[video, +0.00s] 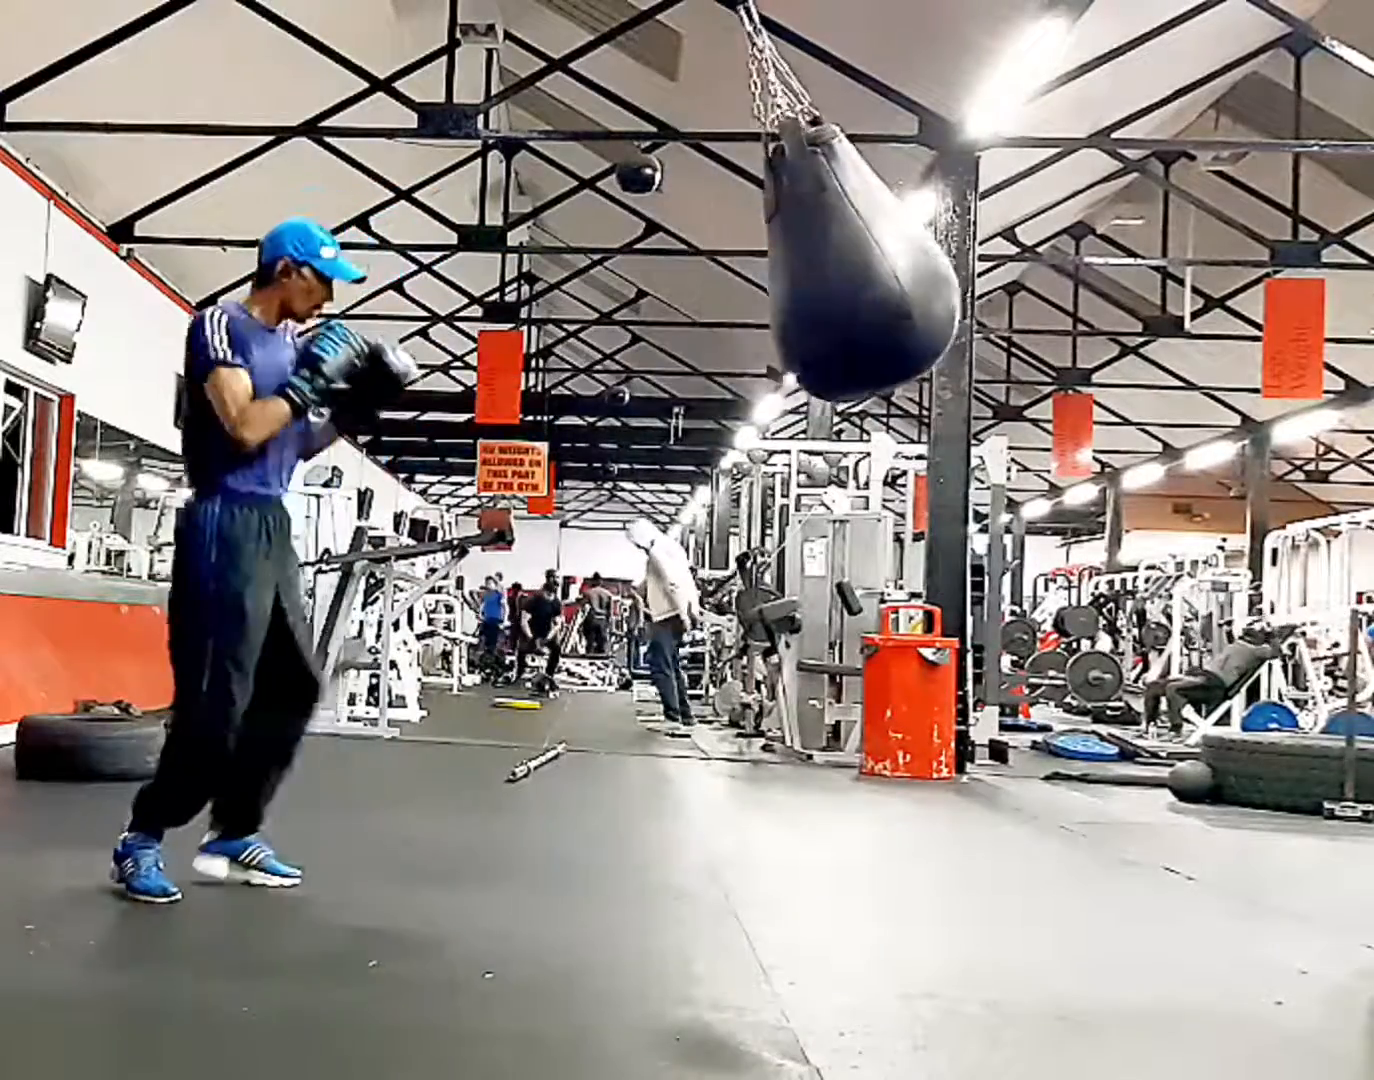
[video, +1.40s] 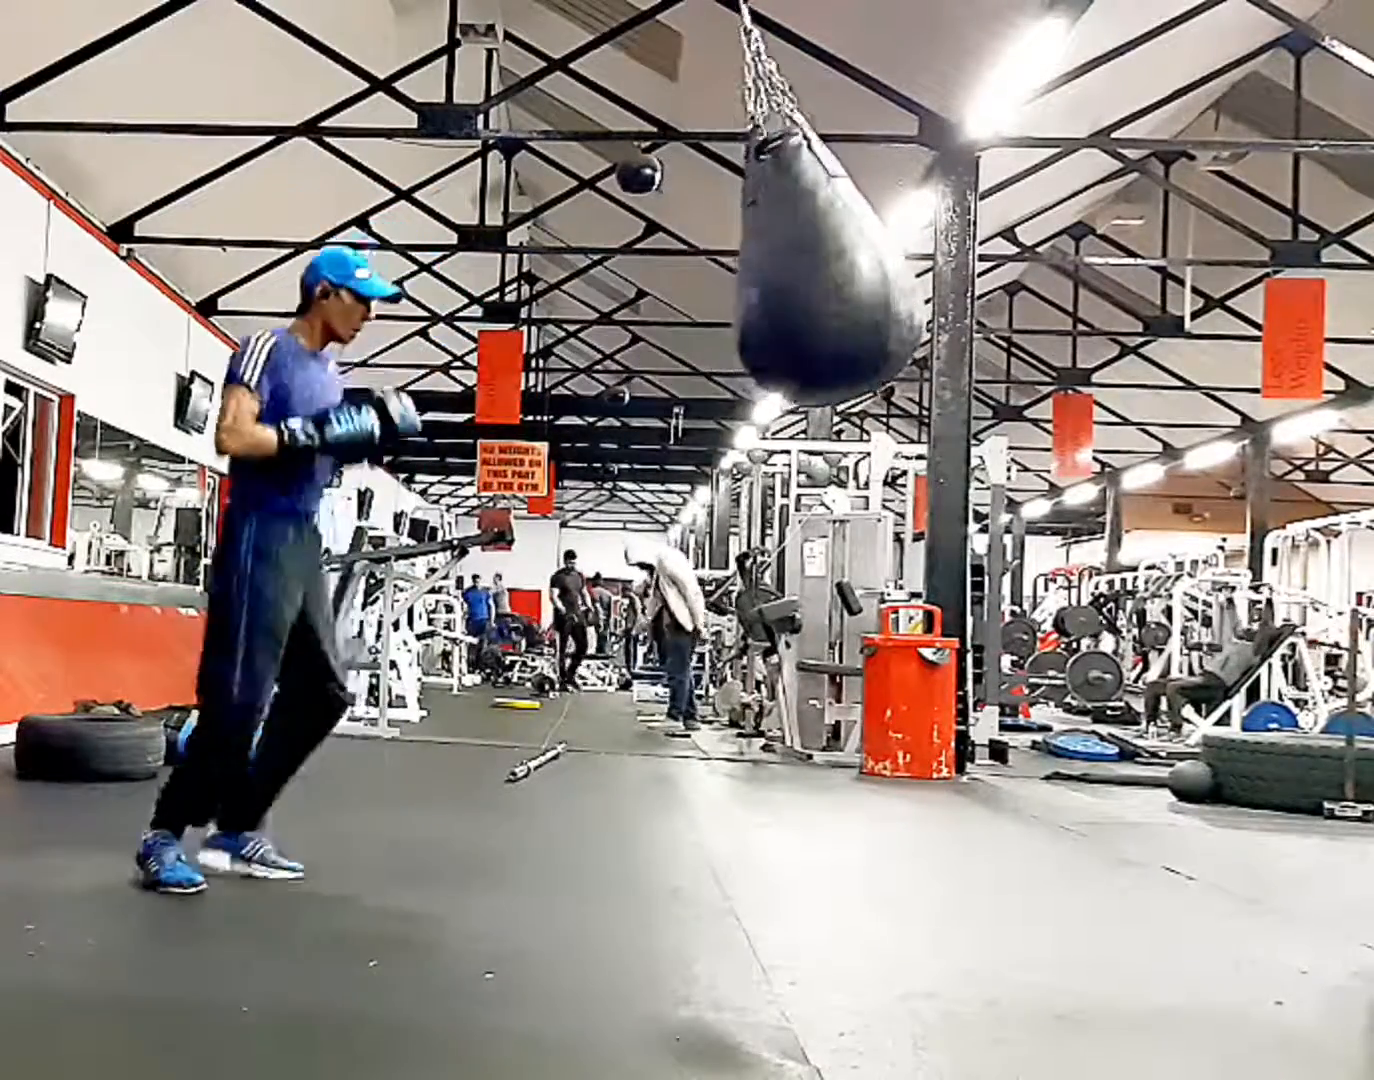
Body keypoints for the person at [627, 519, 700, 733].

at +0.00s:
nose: (638, 548)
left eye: (637, 544)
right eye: (636, 544)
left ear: (643, 538)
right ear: (651, 532)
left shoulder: (657, 553)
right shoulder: (671, 546)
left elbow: (672, 585)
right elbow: (687, 580)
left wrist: (683, 613)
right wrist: (695, 607)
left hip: (665, 616)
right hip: (676, 613)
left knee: (660, 666)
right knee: (672, 664)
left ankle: (673, 714)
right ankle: (685, 712)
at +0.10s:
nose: (641, 551)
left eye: (640, 546)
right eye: (638, 547)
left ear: (647, 541)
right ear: (650, 536)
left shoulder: (663, 555)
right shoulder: (664, 551)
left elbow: (681, 585)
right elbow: (658, 583)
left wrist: (692, 612)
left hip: (668, 619)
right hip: (672, 617)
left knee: (659, 665)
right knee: (673, 665)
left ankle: (673, 714)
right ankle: (688, 715)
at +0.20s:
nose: (644, 555)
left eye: (643, 551)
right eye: (641, 551)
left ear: (650, 545)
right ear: (654, 540)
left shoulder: (666, 561)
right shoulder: (667, 556)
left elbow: (684, 592)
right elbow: (660, 586)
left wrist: (694, 619)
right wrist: (641, 589)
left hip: (668, 623)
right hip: (675, 620)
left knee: (661, 666)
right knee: (673, 666)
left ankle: (673, 712)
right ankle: (688, 713)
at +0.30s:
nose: (645, 558)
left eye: (644, 554)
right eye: (643, 555)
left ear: (650, 548)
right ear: (655, 541)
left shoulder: (669, 562)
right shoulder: (671, 556)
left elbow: (686, 594)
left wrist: (694, 621)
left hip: (668, 625)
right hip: (676, 622)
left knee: (664, 669)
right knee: (675, 667)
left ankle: (672, 713)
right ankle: (689, 715)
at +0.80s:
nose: (643, 560)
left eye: (641, 555)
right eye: (640, 556)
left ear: (648, 550)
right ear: (651, 545)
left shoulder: (668, 562)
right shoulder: (664, 562)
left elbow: (687, 594)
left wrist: (696, 619)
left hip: (671, 624)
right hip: (674, 623)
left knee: (654, 664)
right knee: (675, 669)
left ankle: (672, 712)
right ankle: (689, 716)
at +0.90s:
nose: (641, 559)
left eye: (640, 554)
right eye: (638, 556)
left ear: (646, 548)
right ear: (648, 543)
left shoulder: (667, 562)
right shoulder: (661, 561)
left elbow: (685, 594)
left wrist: (693, 624)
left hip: (669, 624)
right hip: (673, 622)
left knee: (658, 667)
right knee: (676, 667)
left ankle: (673, 716)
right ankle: (688, 716)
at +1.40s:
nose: (641, 569)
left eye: (640, 564)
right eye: (638, 566)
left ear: (646, 556)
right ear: (643, 558)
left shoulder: (669, 561)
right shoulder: (655, 572)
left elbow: (692, 590)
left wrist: (699, 623)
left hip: (678, 627)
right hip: (664, 628)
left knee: (678, 672)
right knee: (677, 671)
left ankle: (677, 714)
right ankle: (689, 714)